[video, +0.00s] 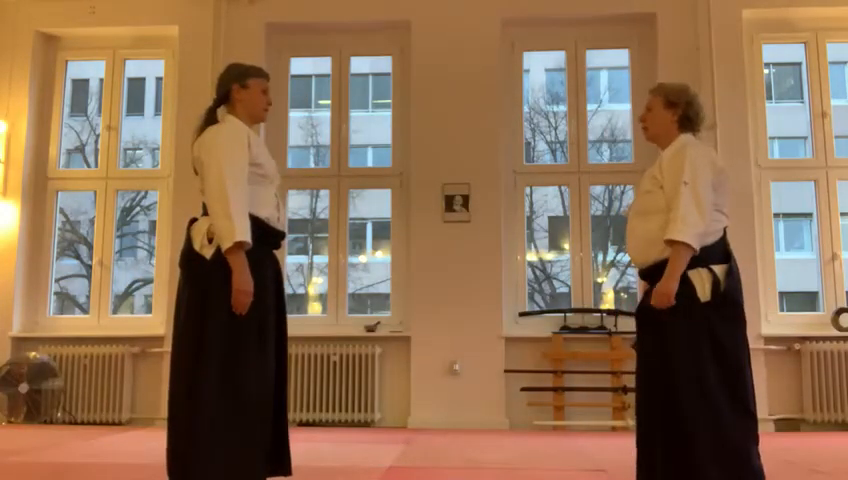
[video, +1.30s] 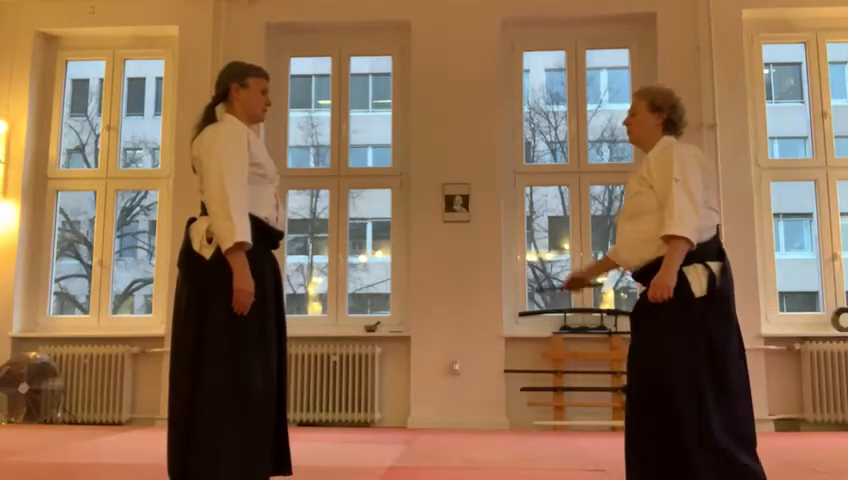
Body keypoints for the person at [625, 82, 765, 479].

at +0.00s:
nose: (642, 117)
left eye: (650, 110)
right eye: (644, 110)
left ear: (674, 113)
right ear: (671, 114)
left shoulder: (689, 152)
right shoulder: (670, 157)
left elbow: (690, 219)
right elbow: (672, 221)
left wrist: (670, 278)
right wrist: (652, 278)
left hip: (692, 282)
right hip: (669, 283)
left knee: (694, 392)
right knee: (669, 394)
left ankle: (705, 474)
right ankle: (675, 474)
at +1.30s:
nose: (626, 120)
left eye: (633, 113)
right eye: (628, 113)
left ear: (659, 119)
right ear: (649, 120)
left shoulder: (675, 152)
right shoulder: (645, 166)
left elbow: (685, 212)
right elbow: (637, 239)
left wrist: (668, 269)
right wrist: (591, 272)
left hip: (688, 279)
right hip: (659, 283)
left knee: (687, 387)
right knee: (653, 388)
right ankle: (661, 472)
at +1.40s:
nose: (622, 120)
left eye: (629, 113)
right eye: (624, 113)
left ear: (654, 116)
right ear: (646, 118)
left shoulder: (673, 152)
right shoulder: (640, 171)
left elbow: (684, 213)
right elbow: (616, 236)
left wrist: (668, 270)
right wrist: (562, 231)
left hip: (684, 282)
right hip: (656, 287)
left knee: (685, 390)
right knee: (645, 391)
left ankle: (694, 472)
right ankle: (653, 473)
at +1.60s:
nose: (612, 117)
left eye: (620, 108)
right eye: (614, 109)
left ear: (646, 112)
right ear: (640, 115)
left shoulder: (665, 149)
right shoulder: (626, 170)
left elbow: (677, 210)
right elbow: (576, 204)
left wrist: (665, 271)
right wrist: (555, 163)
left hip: (667, 281)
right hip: (634, 286)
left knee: (674, 392)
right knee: (636, 394)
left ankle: (688, 472)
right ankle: (640, 473)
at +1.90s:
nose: (580, 110)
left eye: (588, 103)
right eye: (582, 103)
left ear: (615, 108)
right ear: (605, 111)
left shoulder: (645, 153)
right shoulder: (584, 166)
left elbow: (661, 211)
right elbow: (535, 195)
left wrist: (655, 270)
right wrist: (500, 160)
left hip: (646, 280)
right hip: (601, 287)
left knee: (651, 385)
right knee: (570, 379)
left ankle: (667, 471)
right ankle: (570, 471)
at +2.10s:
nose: (541, 116)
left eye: (547, 108)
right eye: (542, 108)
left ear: (575, 112)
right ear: (567, 115)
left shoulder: (614, 158)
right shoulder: (545, 172)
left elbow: (642, 212)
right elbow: (496, 208)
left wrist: (647, 268)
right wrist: (448, 193)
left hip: (622, 282)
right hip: (570, 291)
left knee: (638, 390)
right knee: (548, 388)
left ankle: (665, 474)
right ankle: (552, 474)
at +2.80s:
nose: (514, 118)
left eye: (521, 110)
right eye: (515, 111)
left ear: (547, 112)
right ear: (538, 114)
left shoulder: (585, 158)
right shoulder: (519, 175)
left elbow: (610, 215)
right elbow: (482, 228)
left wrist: (611, 276)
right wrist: (431, 258)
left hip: (594, 284)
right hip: (546, 292)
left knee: (600, 390)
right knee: (520, 386)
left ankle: (641, 477)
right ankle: (532, 476)